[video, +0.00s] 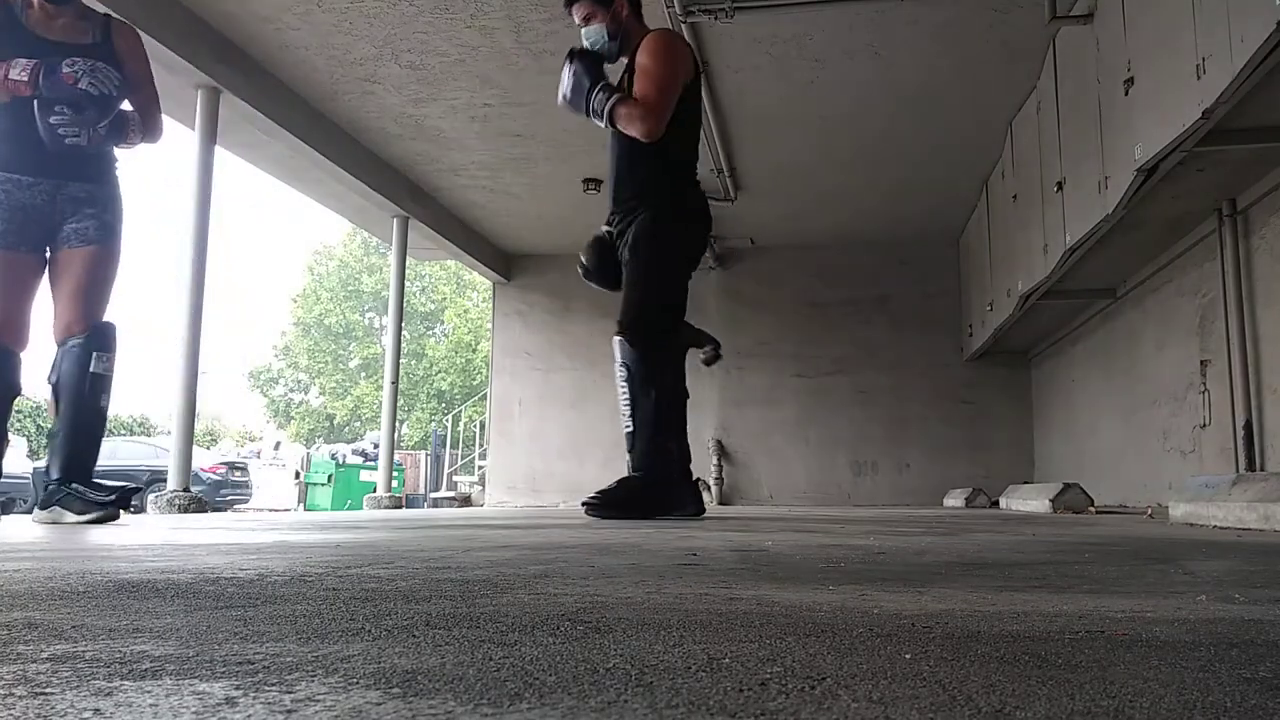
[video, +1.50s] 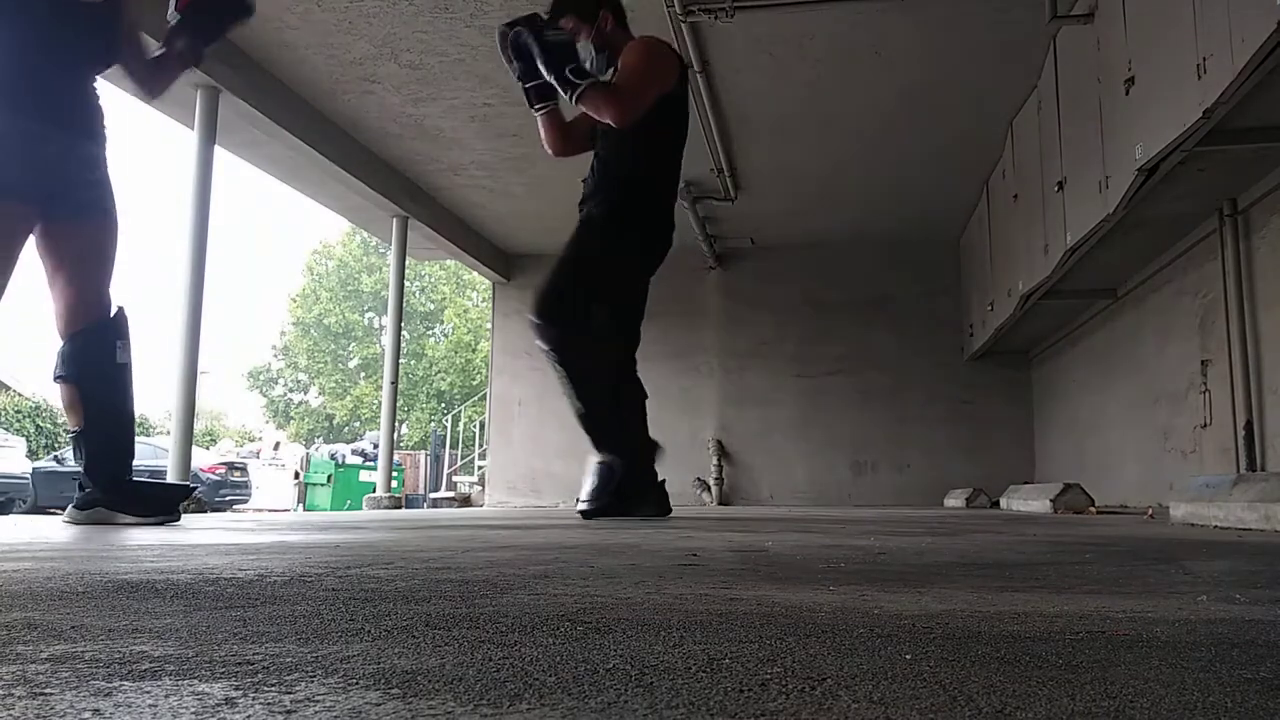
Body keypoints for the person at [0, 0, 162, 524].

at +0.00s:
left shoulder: (117, 32)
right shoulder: (9, 20)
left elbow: (152, 123)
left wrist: (128, 130)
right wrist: (6, 88)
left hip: (90, 196)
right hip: (14, 192)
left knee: (79, 341)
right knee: (6, 343)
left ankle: (62, 484)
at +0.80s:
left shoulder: (83, 17)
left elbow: (151, 100)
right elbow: (150, 99)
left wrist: (74, 108)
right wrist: (80, 107)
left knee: (73, 325)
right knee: (73, 323)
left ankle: (63, 485)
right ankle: (64, 485)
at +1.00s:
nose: (71, 13)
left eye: (73, 14)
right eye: (70, 11)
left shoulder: (38, 25)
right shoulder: (25, 13)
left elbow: (20, 99)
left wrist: (84, 98)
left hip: (25, 150)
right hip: (18, 151)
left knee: (89, 317)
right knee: (89, 316)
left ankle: (68, 470)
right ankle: (70, 469)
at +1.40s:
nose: (88, 0)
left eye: (90, 2)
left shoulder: (82, 15)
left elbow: (99, 89)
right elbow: (101, 87)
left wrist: (145, 68)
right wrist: (144, 64)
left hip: (54, 144)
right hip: (29, 139)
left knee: (74, 318)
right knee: (72, 318)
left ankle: (107, 482)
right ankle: (107, 482)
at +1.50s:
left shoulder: (105, 11)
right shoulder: (99, 9)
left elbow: (149, 79)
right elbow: (150, 79)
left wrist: (191, 32)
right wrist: (194, 30)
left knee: (87, 317)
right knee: (85, 317)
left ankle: (105, 483)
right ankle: (106, 483)